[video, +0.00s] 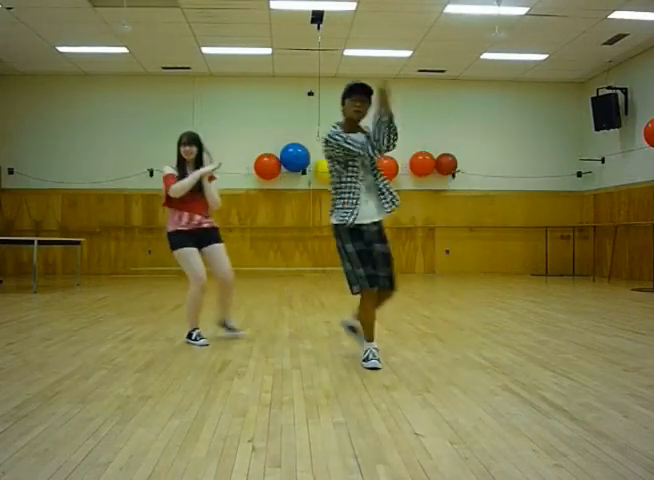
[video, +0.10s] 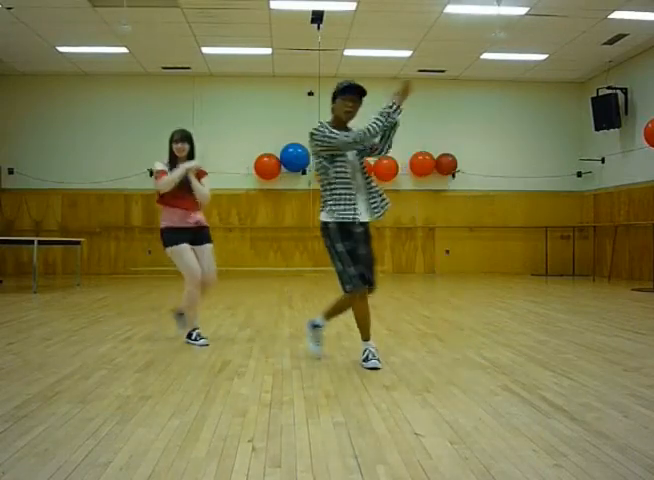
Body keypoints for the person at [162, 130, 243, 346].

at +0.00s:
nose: (187, 149)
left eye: (192, 145)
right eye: (184, 145)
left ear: (199, 148)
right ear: (179, 149)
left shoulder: (206, 173)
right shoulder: (171, 172)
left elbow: (215, 204)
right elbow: (175, 192)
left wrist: (206, 178)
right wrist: (200, 172)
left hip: (206, 227)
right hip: (180, 230)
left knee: (226, 276)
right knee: (199, 278)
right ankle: (193, 330)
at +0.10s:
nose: (180, 146)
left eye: (184, 142)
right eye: (176, 142)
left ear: (191, 146)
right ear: (171, 146)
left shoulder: (198, 171)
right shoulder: (163, 168)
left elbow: (204, 199)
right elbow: (162, 187)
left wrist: (190, 175)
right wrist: (185, 167)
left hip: (198, 226)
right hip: (173, 227)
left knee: (209, 277)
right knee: (194, 275)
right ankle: (192, 329)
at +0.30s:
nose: (166, 146)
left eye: (170, 143)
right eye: (162, 142)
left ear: (176, 147)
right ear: (157, 146)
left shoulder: (184, 170)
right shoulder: (147, 171)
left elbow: (184, 188)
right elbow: (134, 201)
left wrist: (156, 174)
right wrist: (136, 176)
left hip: (175, 229)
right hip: (151, 227)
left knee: (160, 285)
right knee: (177, 273)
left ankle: (134, 320)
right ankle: (184, 329)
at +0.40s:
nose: (159, 149)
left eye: (163, 145)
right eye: (156, 145)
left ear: (170, 149)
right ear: (150, 149)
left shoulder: (177, 172)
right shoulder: (140, 175)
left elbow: (174, 190)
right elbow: (130, 209)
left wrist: (147, 176)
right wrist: (129, 182)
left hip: (170, 231)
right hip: (146, 229)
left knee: (151, 285)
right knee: (173, 273)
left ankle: (130, 323)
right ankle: (161, 325)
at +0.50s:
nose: (154, 150)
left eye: (158, 146)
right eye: (150, 146)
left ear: (164, 151)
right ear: (144, 150)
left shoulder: (173, 173)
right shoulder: (135, 177)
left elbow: (173, 194)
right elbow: (128, 211)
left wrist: (142, 183)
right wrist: (124, 190)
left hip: (167, 231)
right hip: (143, 229)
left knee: (150, 281)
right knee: (161, 278)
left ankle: (132, 323)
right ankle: (134, 321)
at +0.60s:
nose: (151, 152)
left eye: (155, 149)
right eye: (147, 148)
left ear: (161, 153)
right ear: (141, 152)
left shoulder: (171, 176)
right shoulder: (133, 179)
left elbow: (177, 201)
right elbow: (126, 211)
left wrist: (144, 198)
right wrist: (123, 201)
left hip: (165, 233)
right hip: (140, 231)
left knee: (159, 289)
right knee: (144, 286)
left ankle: (131, 322)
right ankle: (122, 326)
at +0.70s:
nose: (152, 156)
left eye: (156, 152)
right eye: (148, 151)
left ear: (161, 156)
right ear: (141, 155)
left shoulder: (170, 178)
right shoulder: (133, 181)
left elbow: (181, 204)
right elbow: (123, 218)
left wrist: (153, 199)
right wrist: (129, 201)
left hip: (164, 236)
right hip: (137, 234)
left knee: (172, 287)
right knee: (139, 285)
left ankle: (145, 314)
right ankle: (121, 327)